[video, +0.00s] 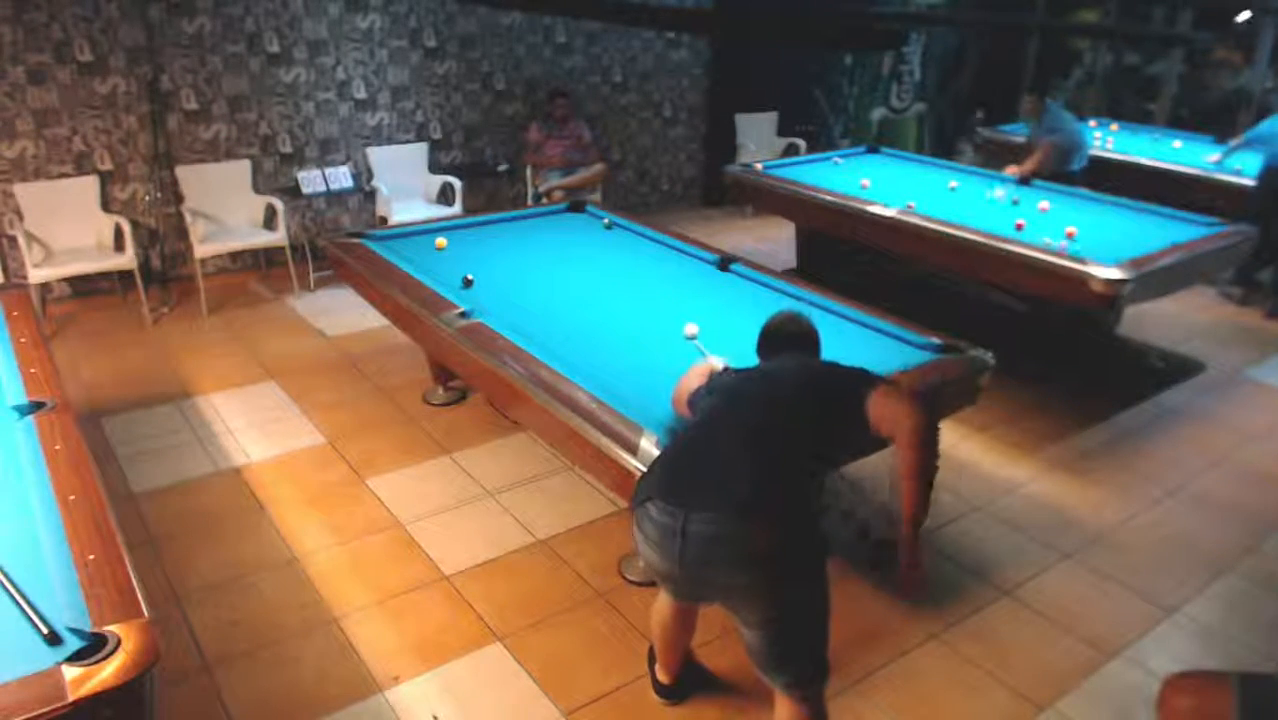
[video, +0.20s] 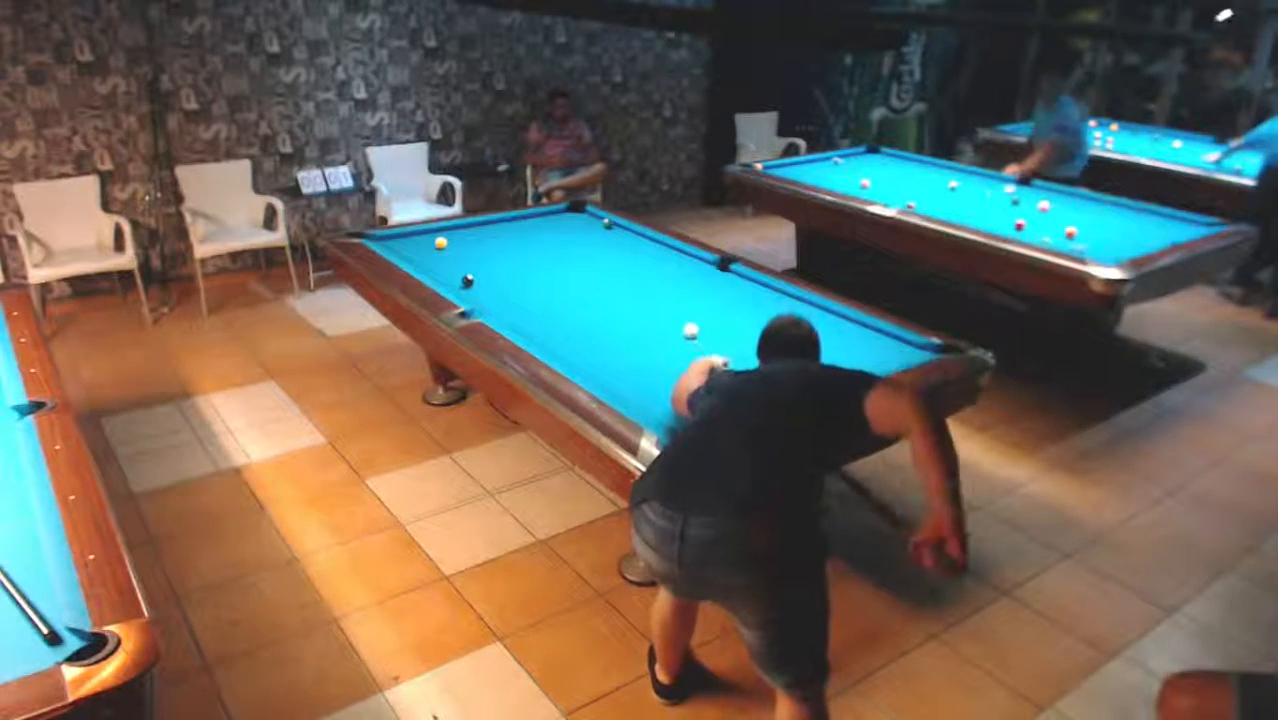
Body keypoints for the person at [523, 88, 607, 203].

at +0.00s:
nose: (562, 111)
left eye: (565, 107)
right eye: (558, 107)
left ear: (570, 108)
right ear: (551, 108)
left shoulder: (579, 126)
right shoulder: (540, 127)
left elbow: (593, 154)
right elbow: (529, 157)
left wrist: (570, 160)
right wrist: (554, 162)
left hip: (577, 166)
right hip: (550, 170)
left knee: (601, 169)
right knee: (558, 196)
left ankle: (552, 185)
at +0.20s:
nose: (562, 111)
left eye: (565, 107)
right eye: (558, 107)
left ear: (570, 108)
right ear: (551, 108)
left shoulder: (579, 126)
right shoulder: (540, 127)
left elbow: (593, 154)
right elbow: (529, 157)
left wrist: (570, 160)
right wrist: (554, 162)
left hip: (577, 166)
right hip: (550, 170)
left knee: (601, 169)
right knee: (558, 196)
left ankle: (552, 185)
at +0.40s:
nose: (563, 110)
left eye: (566, 106)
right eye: (559, 106)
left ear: (571, 107)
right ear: (551, 108)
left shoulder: (579, 125)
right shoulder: (539, 126)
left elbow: (592, 155)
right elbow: (528, 157)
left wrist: (570, 160)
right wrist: (553, 162)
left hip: (576, 168)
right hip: (549, 171)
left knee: (601, 168)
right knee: (558, 196)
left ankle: (549, 188)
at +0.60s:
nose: (563, 110)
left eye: (566, 106)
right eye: (559, 106)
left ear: (571, 107)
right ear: (551, 108)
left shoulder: (579, 125)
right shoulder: (539, 126)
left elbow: (592, 154)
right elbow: (528, 156)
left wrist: (569, 160)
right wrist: (553, 162)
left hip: (576, 167)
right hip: (549, 171)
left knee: (601, 168)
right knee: (558, 196)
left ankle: (550, 187)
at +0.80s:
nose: (563, 110)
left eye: (566, 106)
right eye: (559, 106)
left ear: (571, 107)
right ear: (551, 108)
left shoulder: (579, 125)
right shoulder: (539, 126)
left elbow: (592, 154)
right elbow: (528, 156)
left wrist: (569, 160)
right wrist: (553, 162)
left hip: (576, 167)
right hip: (549, 171)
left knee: (601, 168)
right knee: (558, 196)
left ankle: (550, 187)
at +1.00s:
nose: (565, 111)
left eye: (568, 107)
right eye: (561, 107)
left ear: (572, 108)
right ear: (552, 108)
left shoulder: (579, 126)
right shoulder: (539, 127)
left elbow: (593, 155)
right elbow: (529, 157)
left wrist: (571, 161)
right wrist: (555, 161)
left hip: (576, 166)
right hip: (551, 169)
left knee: (601, 169)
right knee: (559, 196)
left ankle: (551, 186)